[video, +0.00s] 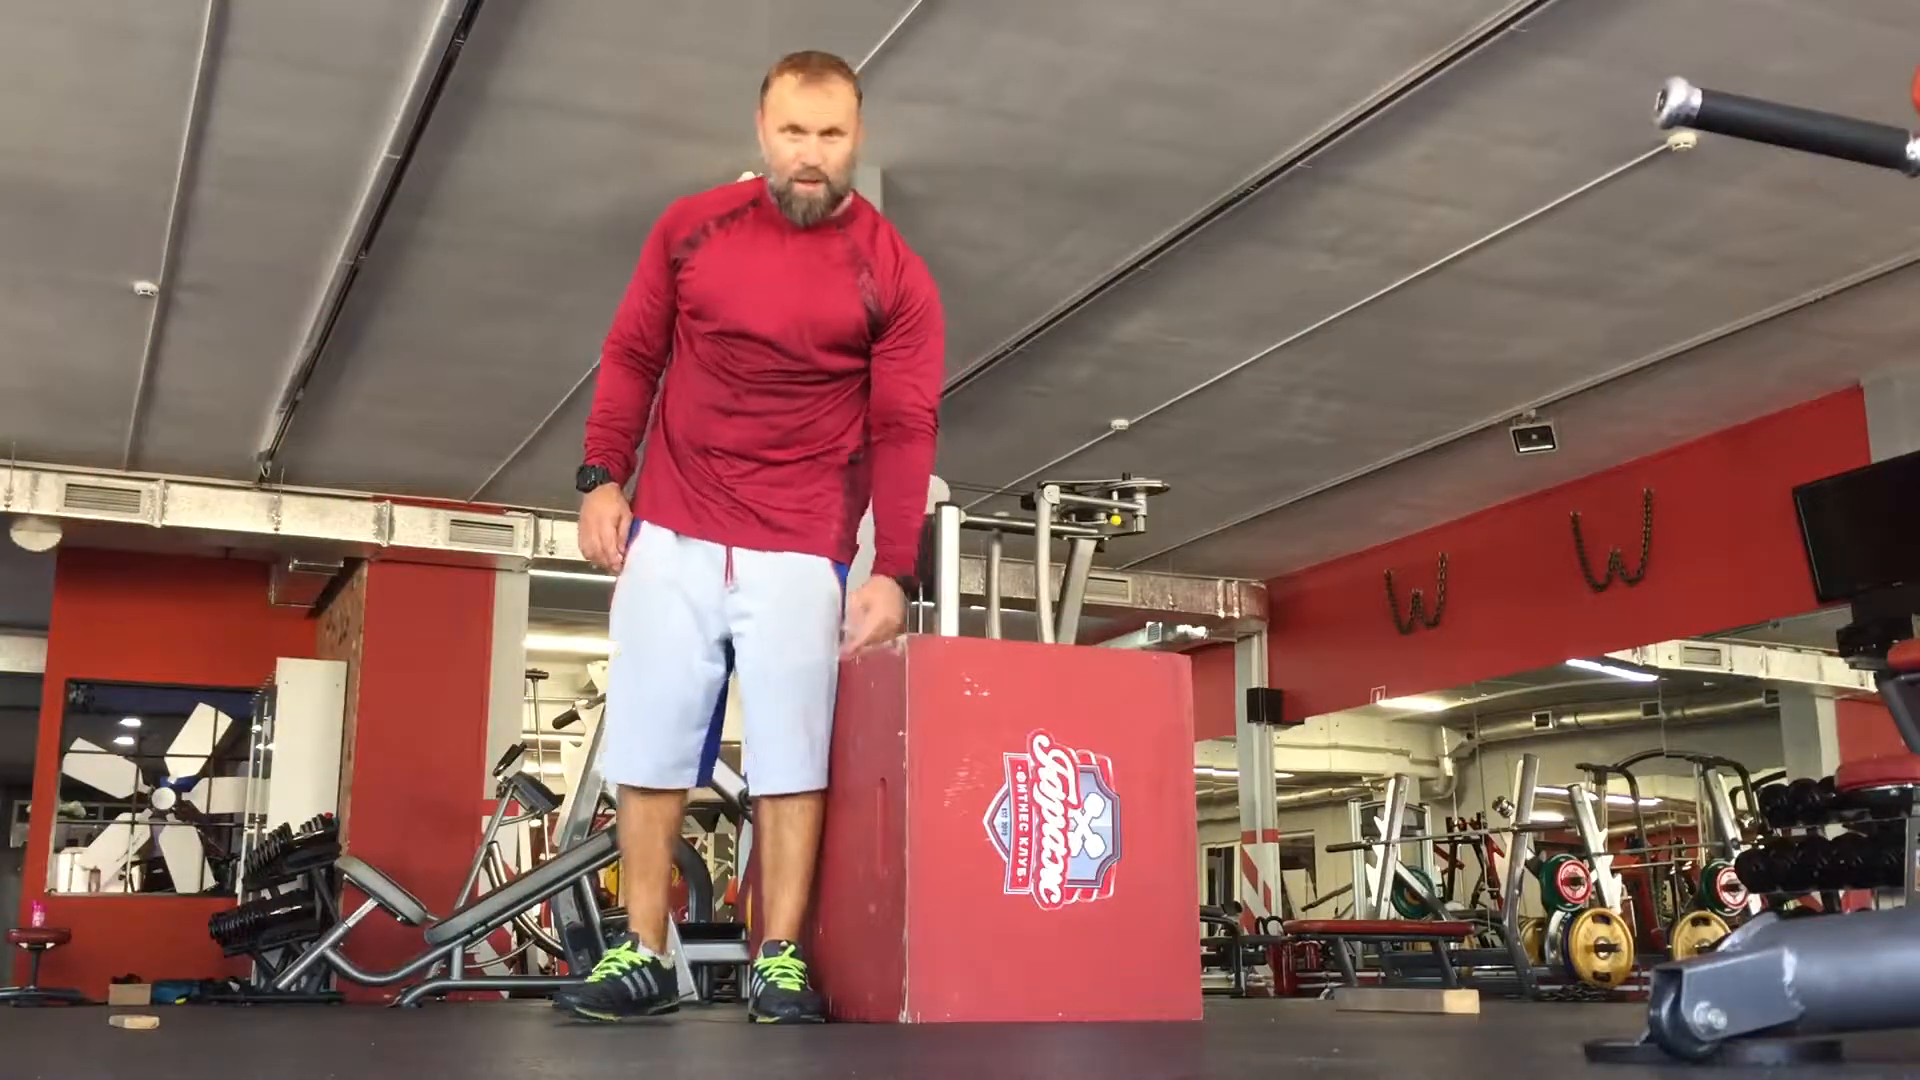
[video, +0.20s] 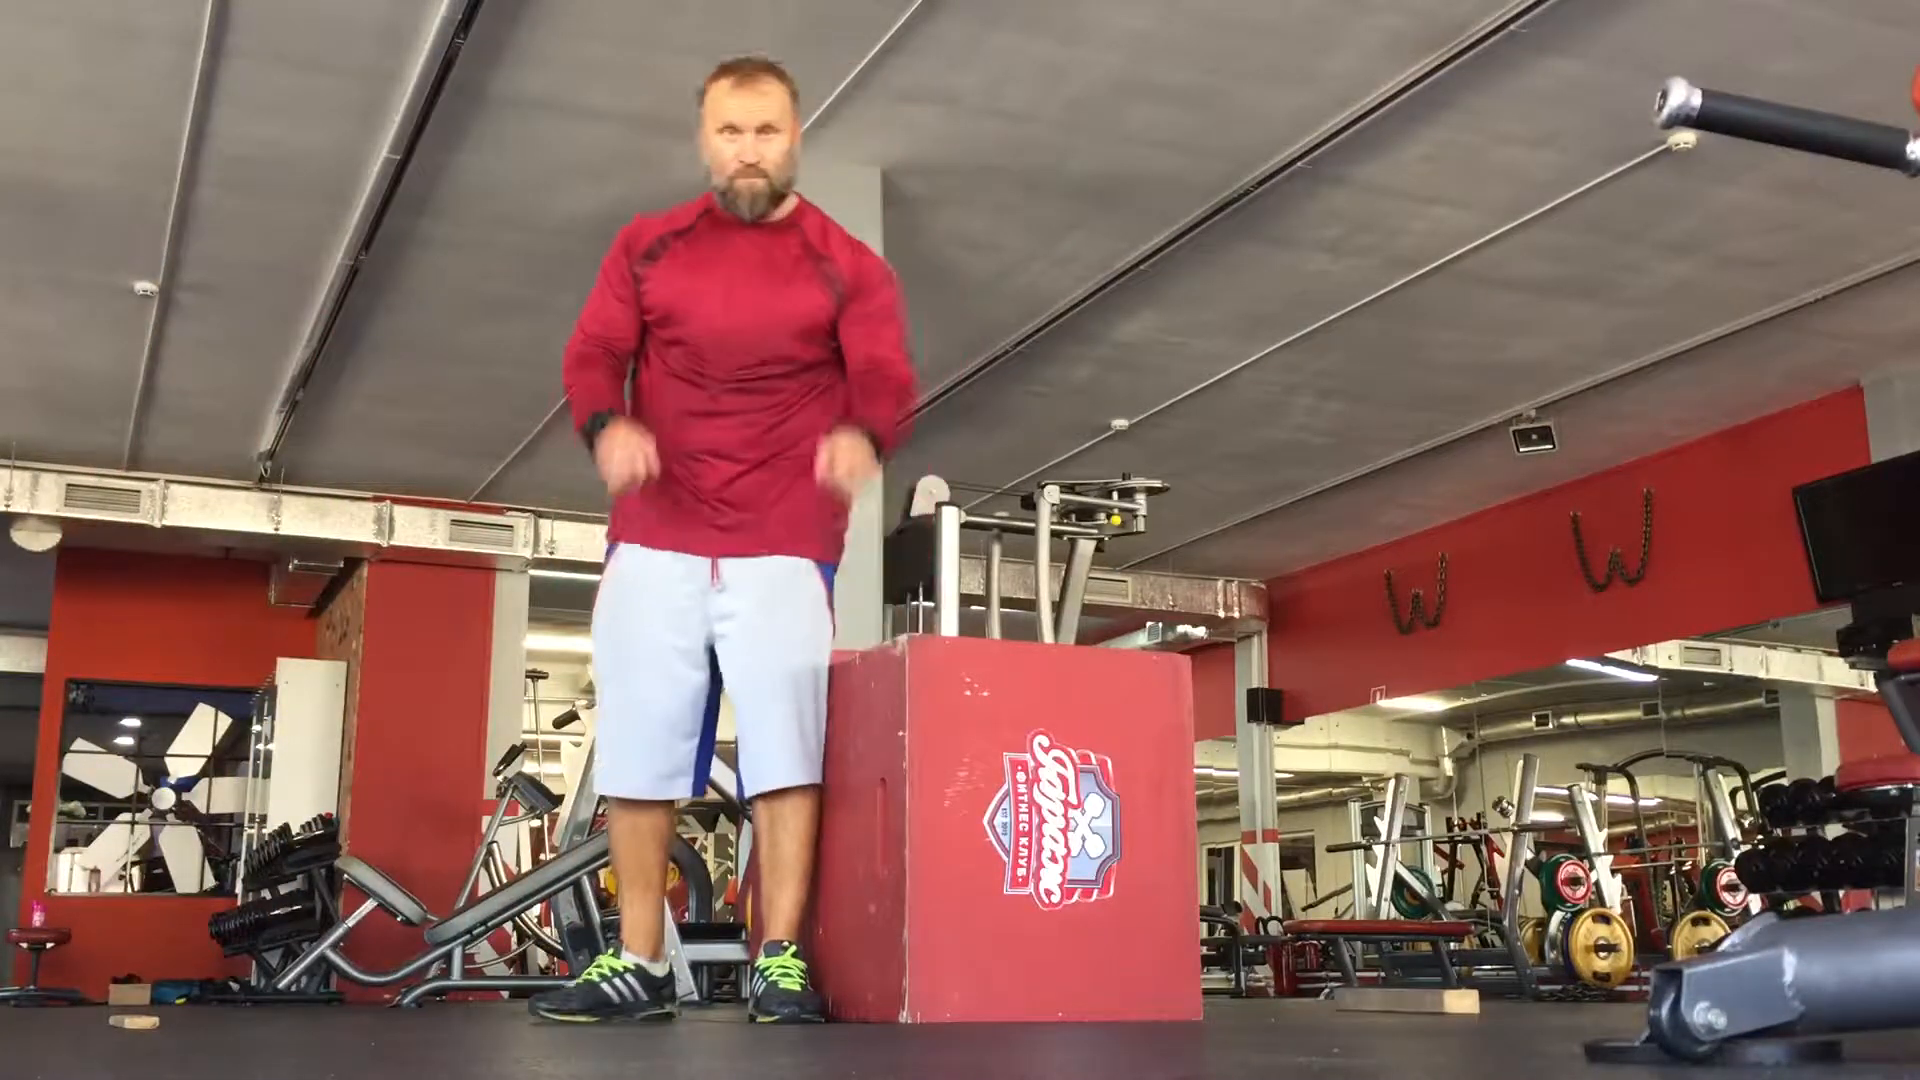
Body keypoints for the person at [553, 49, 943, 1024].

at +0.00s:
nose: (810, 153)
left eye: (831, 134)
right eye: (792, 131)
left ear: (859, 142)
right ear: (760, 134)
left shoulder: (895, 277)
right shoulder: (690, 228)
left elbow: (905, 428)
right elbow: (631, 356)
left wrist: (892, 569)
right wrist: (603, 476)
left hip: (804, 532)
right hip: (673, 516)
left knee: (789, 742)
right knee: (648, 732)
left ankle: (779, 956)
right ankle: (646, 952)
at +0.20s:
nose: (747, 147)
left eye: (766, 129)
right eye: (729, 130)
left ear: (797, 139)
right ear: (702, 141)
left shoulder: (849, 268)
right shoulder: (647, 248)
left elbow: (887, 380)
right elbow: (590, 356)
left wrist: (861, 433)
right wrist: (608, 423)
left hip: (784, 531)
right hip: (656, 528)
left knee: (782, 742)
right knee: (636, 740)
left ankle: (779, 958)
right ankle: (640, 964)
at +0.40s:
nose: (676, 167)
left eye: (694, 150)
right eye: (657, 153)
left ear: (726, 162)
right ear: (634, 169)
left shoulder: (767, 253)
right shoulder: (597, 252)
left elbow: (805, 279)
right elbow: (567, 291)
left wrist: (798, 280)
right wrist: (605, 288)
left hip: (741, 549)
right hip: (615, 553)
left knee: (762, 750)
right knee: (618, 754)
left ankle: (775, 958)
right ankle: (636, 963)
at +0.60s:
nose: (620, 178)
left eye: (635, 160)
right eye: (600, 164)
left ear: (667, 164)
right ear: (576, 175)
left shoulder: (715, 256)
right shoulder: (545, 256)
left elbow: (749, 289)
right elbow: (518, 293)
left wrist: (728, 241)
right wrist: (562, 263)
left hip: (685, 537)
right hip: (571, 546)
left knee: (700, 738)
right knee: (592, 759)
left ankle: (727, 945)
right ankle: (632, 965)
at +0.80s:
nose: (566, 175)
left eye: (582, 156)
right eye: (546, 161)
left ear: (614, 163)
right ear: (525, 176)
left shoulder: (659, 253)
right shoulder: (505, 270)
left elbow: (690, 278)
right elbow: (452, 329)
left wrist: (717, 253)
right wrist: (469, 282)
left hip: (627, 522)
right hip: (529, 532)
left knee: (607, 720)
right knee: (569, 739)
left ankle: (579, 940)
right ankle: (631, 958)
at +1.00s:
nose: (491, 160)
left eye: (510, 140)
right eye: (473, 145)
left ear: (548, 147)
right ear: (455, 161)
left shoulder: (602, 250)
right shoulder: (427, 279)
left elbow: (665, 313)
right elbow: (339, 349)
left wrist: (749, 291)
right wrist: (297, 242)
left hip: (564, 527)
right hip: (473, 535)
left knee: (474, 730)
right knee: (559, 758)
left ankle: (380, 945)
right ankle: (635, 963)